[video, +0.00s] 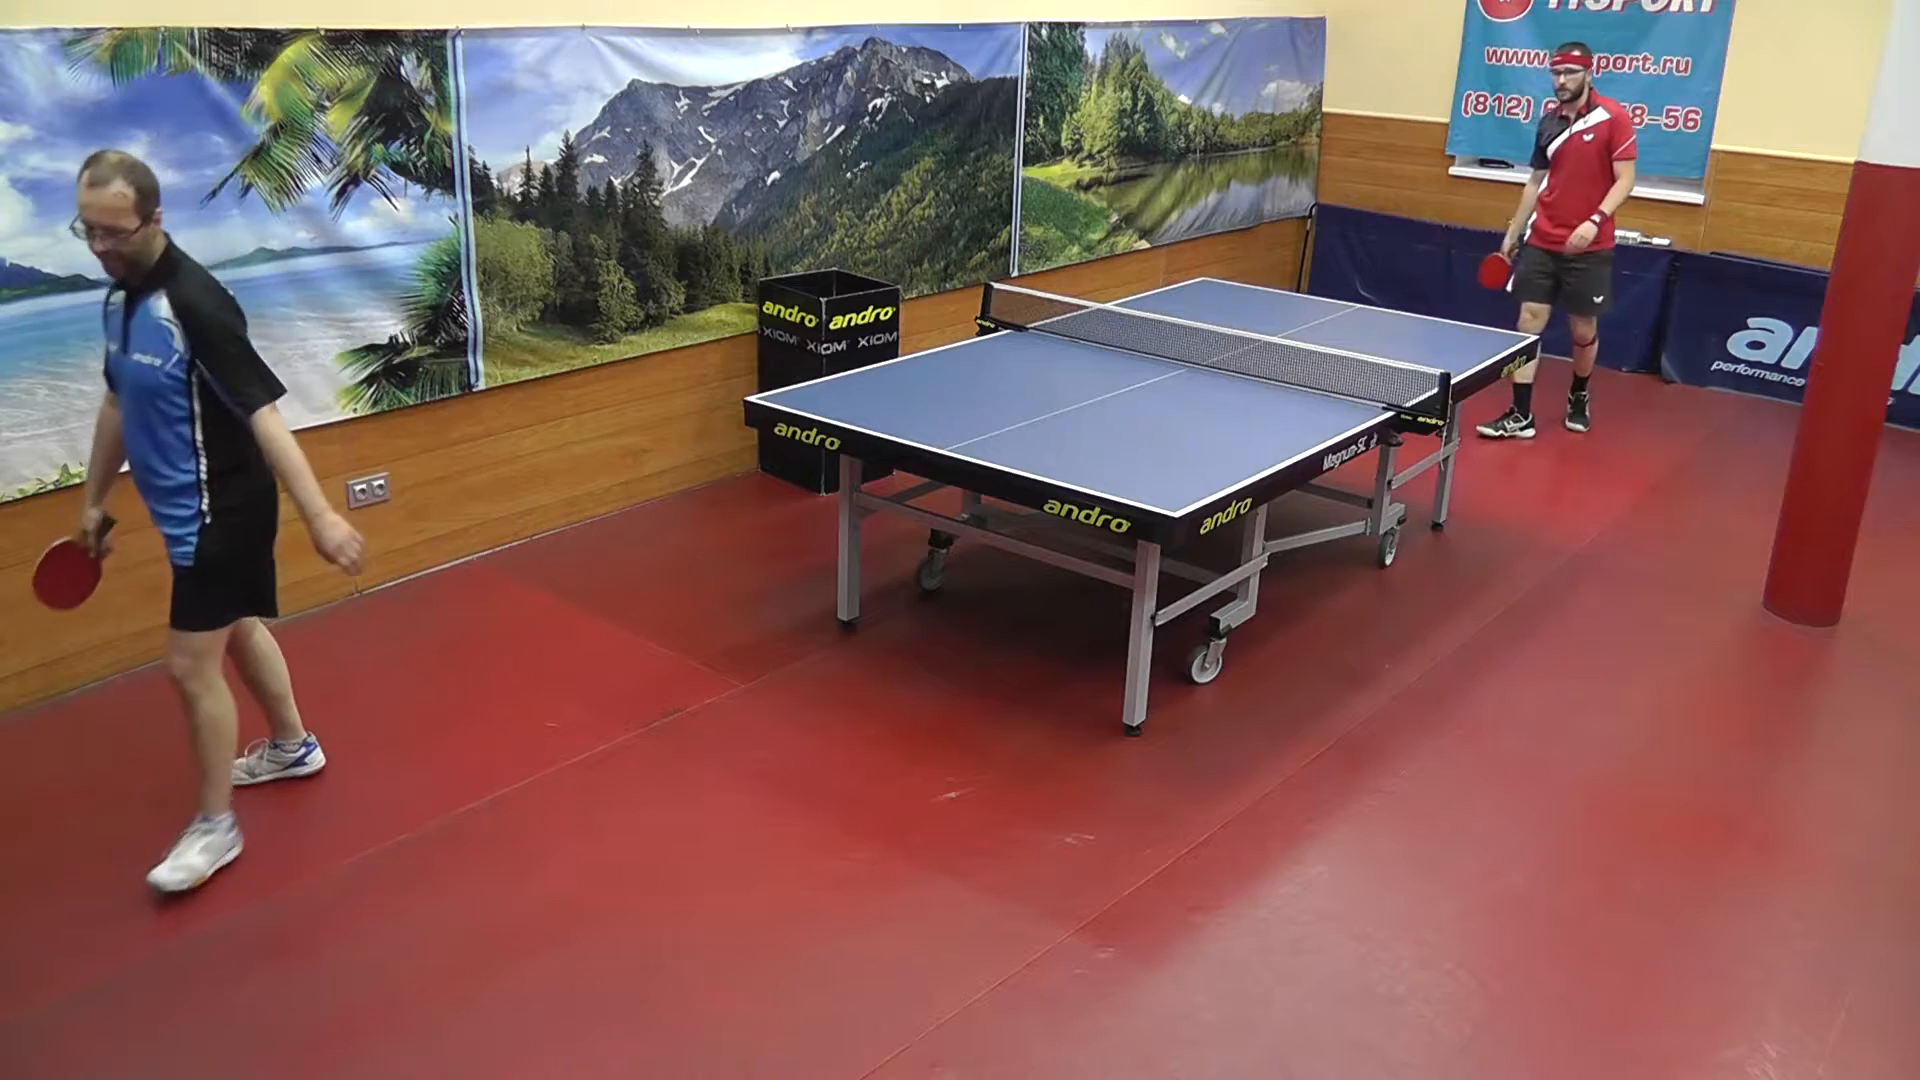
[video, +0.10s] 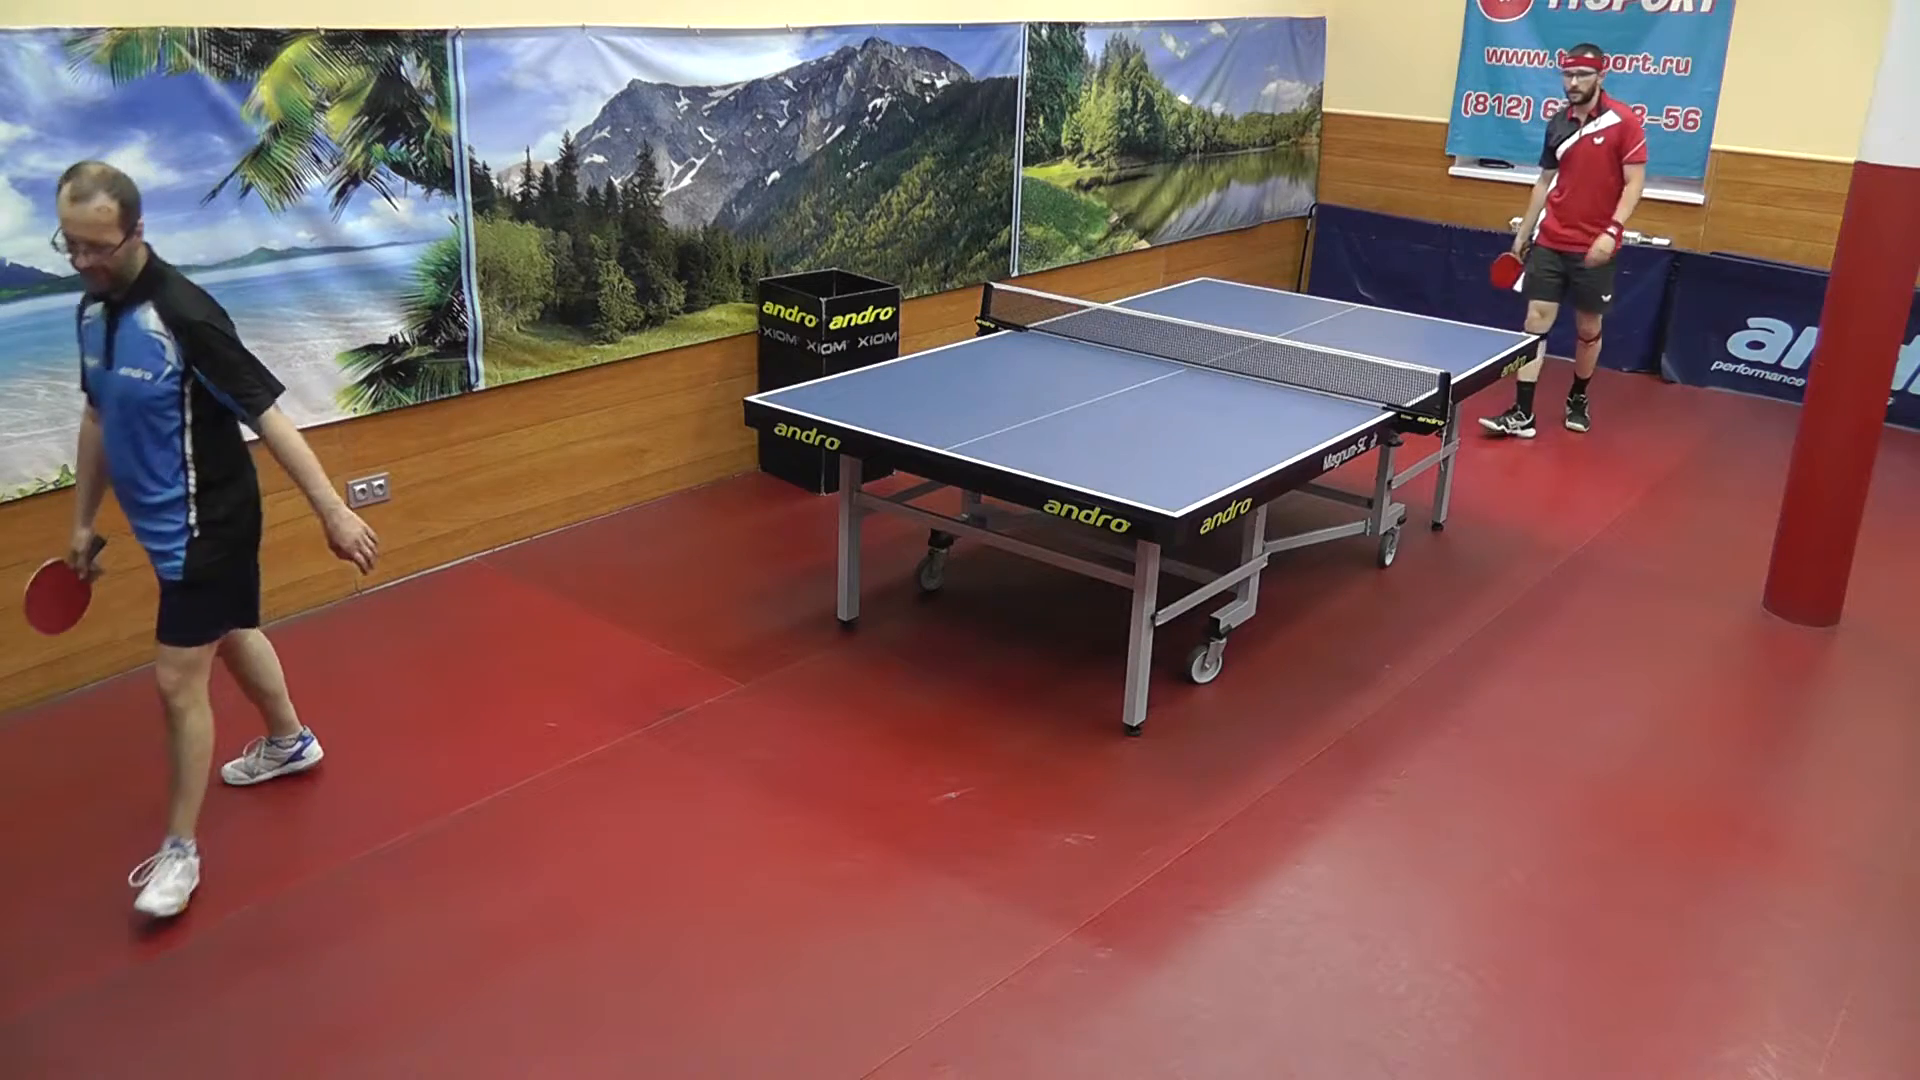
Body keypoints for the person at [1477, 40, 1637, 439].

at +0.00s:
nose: (1562, 80)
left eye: (1570, 73)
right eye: (1556, 73)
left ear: (1589, 74)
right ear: (1551, 76)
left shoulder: (1613, 118)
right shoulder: (1549, 121)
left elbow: (1625, 180)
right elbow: (1536, 182)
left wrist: (1592, 222)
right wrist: (1513, 231)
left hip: (1589, 247)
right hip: (1542, 242)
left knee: (1583, 332)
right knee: (1529, 321)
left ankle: (1578, 398)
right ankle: (1520, 414)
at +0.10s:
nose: (1573, 83)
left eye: (1581, 76)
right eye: (1568, 76)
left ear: (1600, 76)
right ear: (1562, 78)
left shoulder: (1625, 124)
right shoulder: (1558, 122)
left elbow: (1634, 185)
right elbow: (1544, 182)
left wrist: (1611, 234)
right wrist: (1524, 230)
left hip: (1595, 249)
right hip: (1549, 243)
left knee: (1588, 332)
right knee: (1536, 322)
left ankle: (1578, 400)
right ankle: (1521, 412)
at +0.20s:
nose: (1585, 85)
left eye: (1593, 78)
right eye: (1580, 77)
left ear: (1610, 79)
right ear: (1573, 78)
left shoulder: (1633, 124)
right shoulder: (1566, 119)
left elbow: (1641, 188)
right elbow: (1551, 177)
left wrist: (1632, 243)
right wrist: (1531, 224)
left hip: (1603, 248)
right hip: (1557, 240)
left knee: (1593, 329)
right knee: (1544, 319)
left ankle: (1578, 401)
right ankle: (1526, 406)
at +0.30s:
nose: (1595, 84)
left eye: (1603, 77)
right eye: (1589, 76)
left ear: (1619, 78)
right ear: (1582, 76)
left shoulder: (1640, 124)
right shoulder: (1572, 117)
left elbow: (1648, 187)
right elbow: (1555, 173)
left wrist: (1651, 243)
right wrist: (1532, 220)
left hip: (1608, 245)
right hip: (1562, 237)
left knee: (1595, 325)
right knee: (1545, 315)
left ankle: (1578, 401)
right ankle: (1531, 403)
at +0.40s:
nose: (1602, 84)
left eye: (1611, 76)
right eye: (1597, 75)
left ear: (1626, 77)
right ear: (1589, 74)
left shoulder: (1645, 123)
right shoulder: (1574, 116)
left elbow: (1656, 182)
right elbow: (1555, 168)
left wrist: (1665, 237)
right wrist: (1531, 217)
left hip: (1610, 241)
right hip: (1562, 232)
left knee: (1596, 322)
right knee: (1544, 312)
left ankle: (1579, 401)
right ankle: (1536, 398)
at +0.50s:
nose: (1607, 82)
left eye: (1616, 74)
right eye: (1601, 74)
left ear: (1630, 75)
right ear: (1593, 74)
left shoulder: (1648, 120)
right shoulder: (1576, 114)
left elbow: (1659, 178)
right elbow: (1554, 166)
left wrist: (1670, 233)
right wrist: (1527, 215)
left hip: (1611, 239)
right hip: (1564, 231)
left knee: (1597, 318)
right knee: (1543, 309)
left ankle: (1578, 400)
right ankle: (1539, 391)